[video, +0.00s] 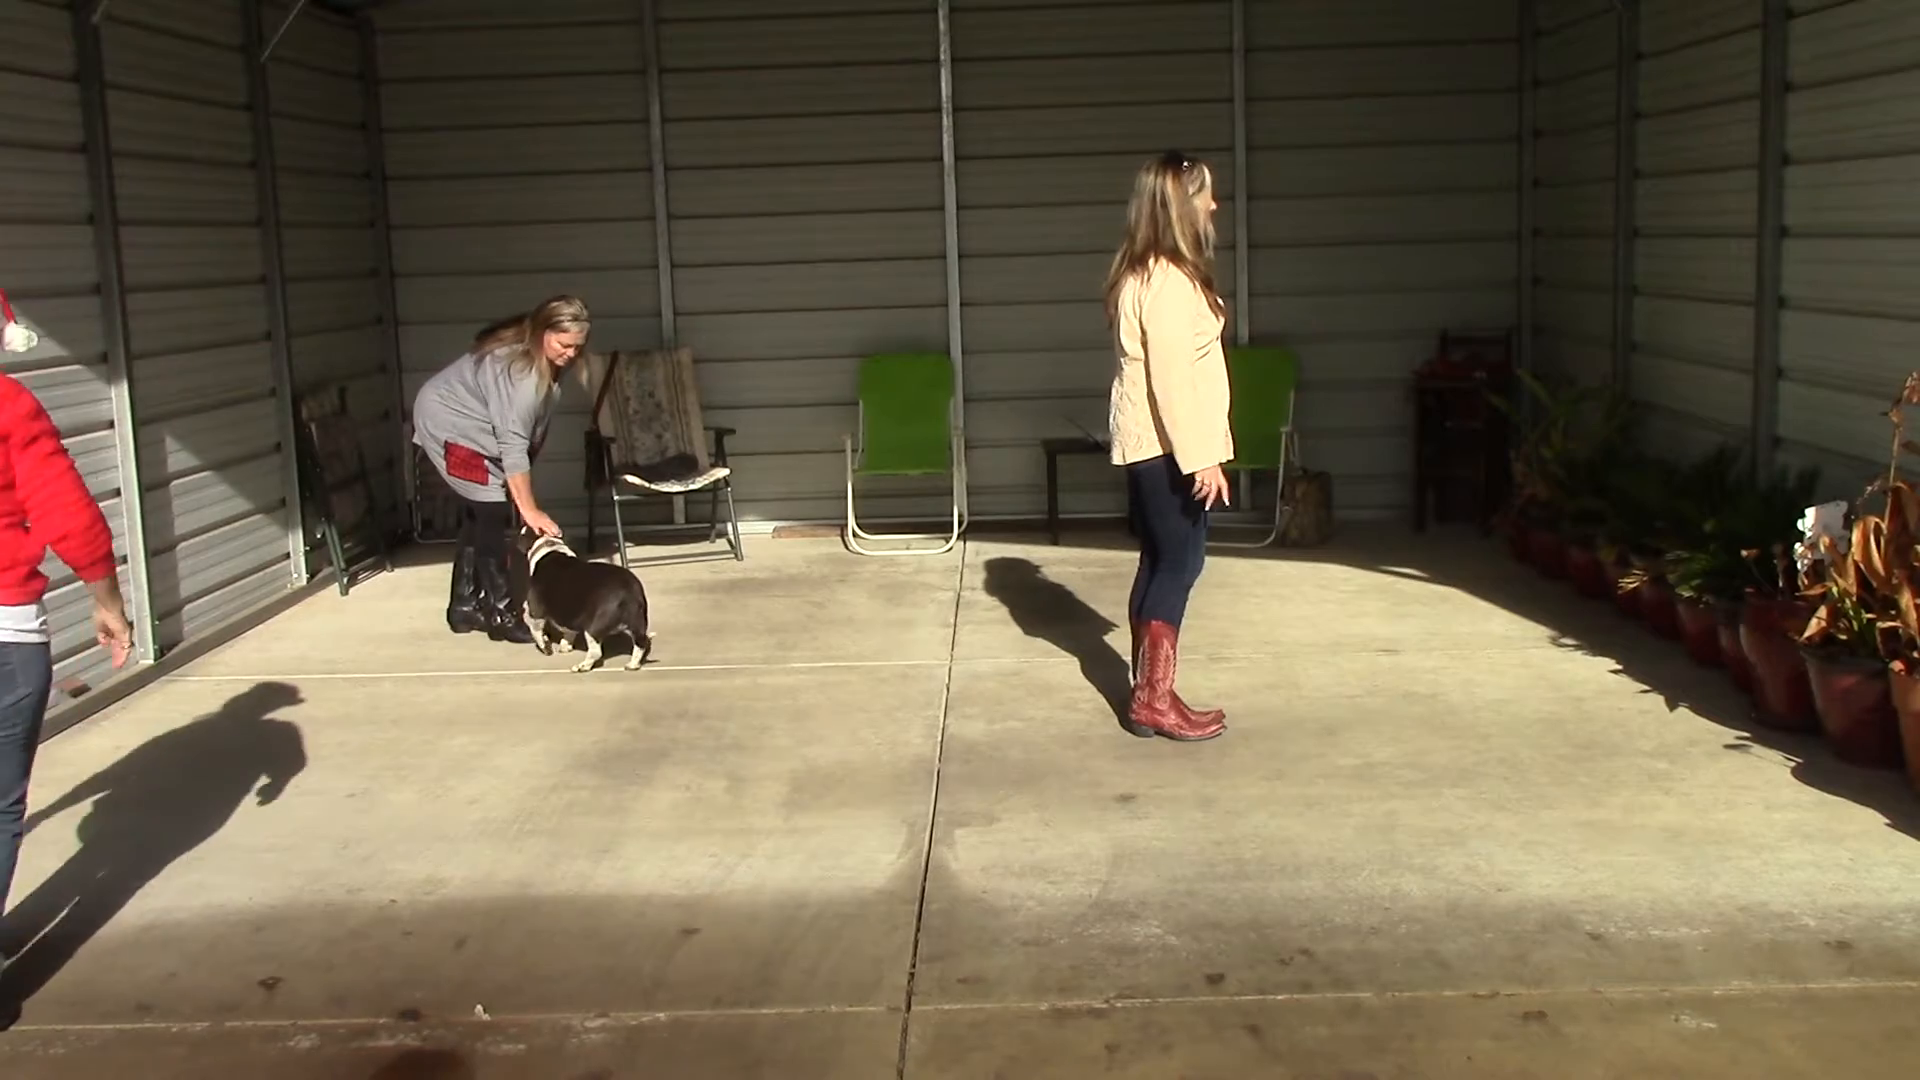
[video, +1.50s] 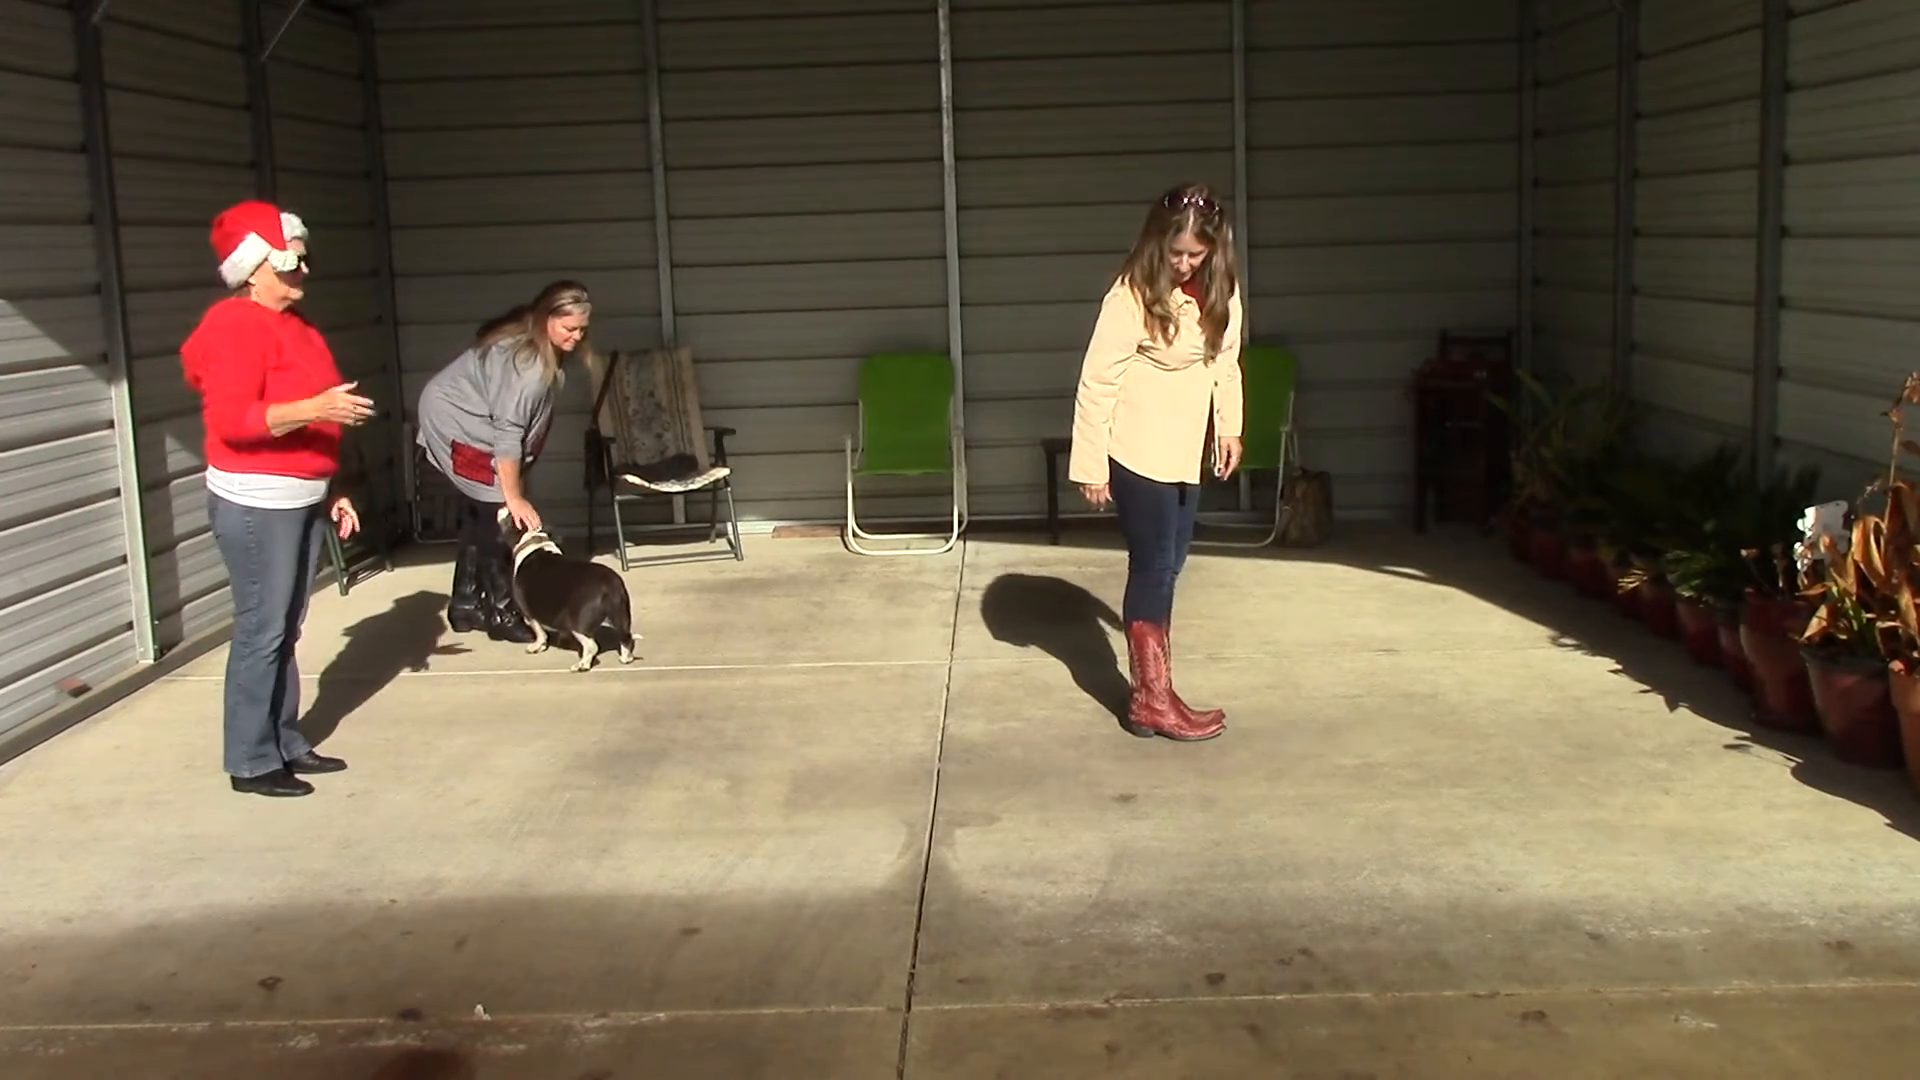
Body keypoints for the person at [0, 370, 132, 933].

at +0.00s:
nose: (9, 338)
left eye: (7, 328)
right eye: (6, 329)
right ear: (0, 329)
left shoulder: (14, 403)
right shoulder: (10, 403)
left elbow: (68, 513)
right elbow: (70, 515)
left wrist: (103, 596)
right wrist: (105, 596)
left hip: (12, 645)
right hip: (10, 645)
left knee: (6, 815)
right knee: (3, 816)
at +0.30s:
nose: (88, 320)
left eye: (84, 308)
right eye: (81, 308)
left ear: (12, 310)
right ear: (61, 310)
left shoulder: (11, 371)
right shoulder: (93, 375)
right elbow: (140, 482)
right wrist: (177, 573)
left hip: (8, 595)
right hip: (81, 594)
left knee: (33, 743)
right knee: (120, 722)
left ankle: (37, 901)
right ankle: (73, 862)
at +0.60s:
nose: (195, 309)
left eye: (194, 298)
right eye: (191, 298)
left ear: (126, 304)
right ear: (167, 304)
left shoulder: (79, 363)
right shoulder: (182, 363)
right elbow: (201, 473)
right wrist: (234, 556)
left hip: (87, 558)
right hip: (172, 555)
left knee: (123, 690)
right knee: (219, 680)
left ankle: (69, 817)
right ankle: (230, 815)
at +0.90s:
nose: (262, 298)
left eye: (261, 287)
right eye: (255, 286)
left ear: (210, 295)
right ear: (225, 291)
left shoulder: (176, 347)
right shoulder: (227, 350)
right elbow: (235, 455)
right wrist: (311, 510)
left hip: (187, 522)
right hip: (231, 526)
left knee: (270, 644)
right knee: (268, 662)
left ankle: (277, 752)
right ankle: (229, 811)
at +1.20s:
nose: (298, 284)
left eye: (297, 273)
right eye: (289, 274)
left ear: (262, 278)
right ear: (254, 279)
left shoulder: (271, 333)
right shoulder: (237, 336)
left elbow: (283, 432)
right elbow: (238, 439)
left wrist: (330, 486)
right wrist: (320, 487)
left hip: (273, 501)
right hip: (245, 505)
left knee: (301, 626)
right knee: (299, 630)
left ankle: (281, 747)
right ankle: (234, 762)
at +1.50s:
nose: (302, 272)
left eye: (303, 261)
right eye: (289, 263)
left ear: (297, 261)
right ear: (252, 267)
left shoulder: (299, 329)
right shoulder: (231, 326)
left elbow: (313, 419)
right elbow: (230, 421)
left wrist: (331, 488)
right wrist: (313, 408)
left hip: (299, 497)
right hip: (253, 500)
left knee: (284, 631)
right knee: (260, 633)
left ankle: (281, 744)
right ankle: (249, 761)